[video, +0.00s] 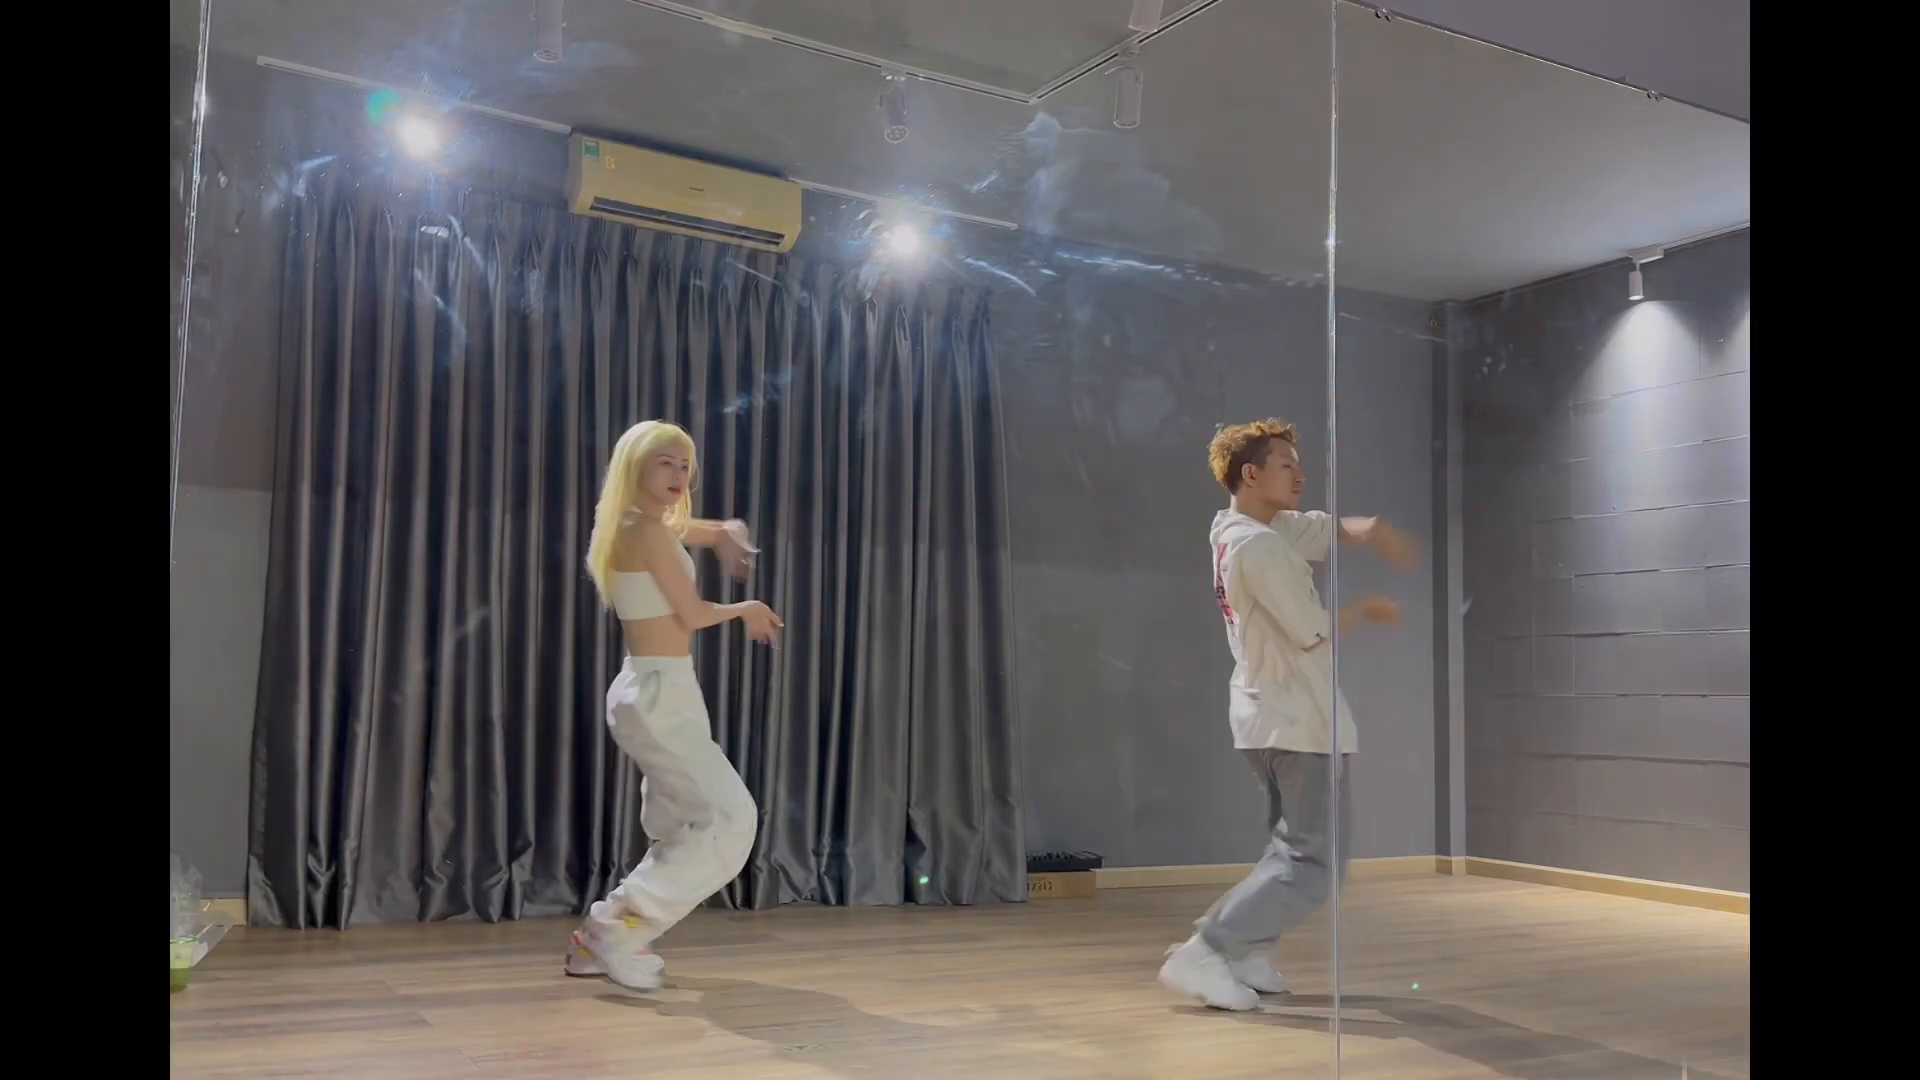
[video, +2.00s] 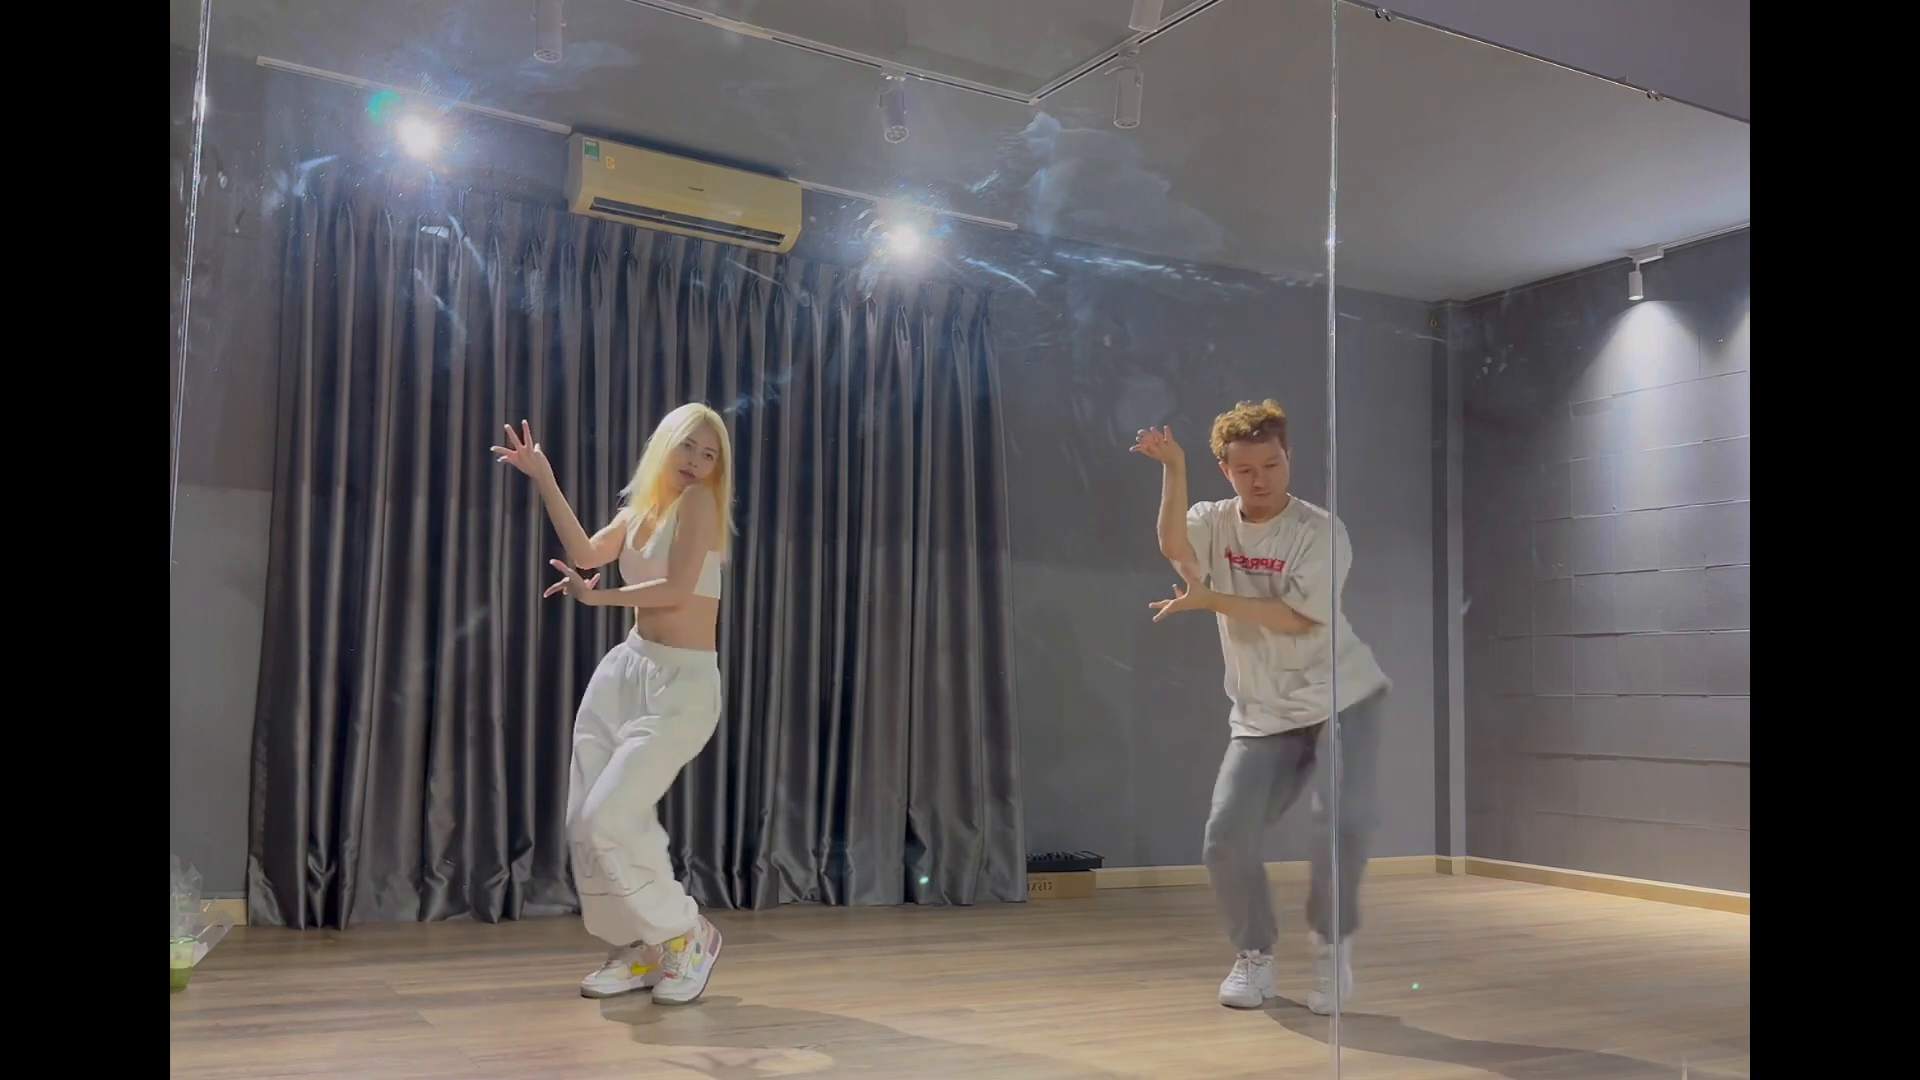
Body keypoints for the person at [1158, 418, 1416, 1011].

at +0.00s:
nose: (1299, 475)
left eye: (1298, 465)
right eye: (1288, 465)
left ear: (1255, 478)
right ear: (1250, 475)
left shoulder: (1236, 529)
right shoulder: (1261, 543)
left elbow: (1325, 529)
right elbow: (1311, 632)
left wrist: (1372, 531)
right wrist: (1363, 613)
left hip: (1266, 716)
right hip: (1296, 720)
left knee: (1292, 843)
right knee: (1315, 862)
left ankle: (1244, 953)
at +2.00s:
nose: (1257, 479)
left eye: (1268, 465)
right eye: (1243, 468)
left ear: (1288, 460)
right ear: (1225, 470)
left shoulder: (1322, 530)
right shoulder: (1212, 522)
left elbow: (1302, 617)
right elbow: (1175, 552)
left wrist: (1210, 598)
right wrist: (1174, 468)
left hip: (1344, 696)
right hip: (1265, 712)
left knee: (1343, 817)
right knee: (1226, 833)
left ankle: (1331, 947)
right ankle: (1254, 956)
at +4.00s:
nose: (1320, 461)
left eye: (1328, 449)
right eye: (1307, 448)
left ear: (1339, 453)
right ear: (1278, 452)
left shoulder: (1359, 509)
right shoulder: (1246, 507)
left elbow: (1347, 495)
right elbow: (1288, 561)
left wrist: (1345, 417)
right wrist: (1376, 567)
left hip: (1344, 705)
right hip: (1261, 704)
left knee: (1404, 818)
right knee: (1227, 810)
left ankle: (1378, 953)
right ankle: (1187, 942)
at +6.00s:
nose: (1459, 458)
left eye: (1466, 446)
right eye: (1449, 443)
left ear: (1466, 449)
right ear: (1409, 438)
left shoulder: (1458, 497)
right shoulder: (1367, 491)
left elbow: (1508, 438)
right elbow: (1349, 404)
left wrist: (1466, 374)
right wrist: (1400, 342)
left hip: (1469, 692)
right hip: (1402, 692)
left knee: (1465, 830)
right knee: (1468, 829)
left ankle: (1397, 961)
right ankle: (1529, 988)